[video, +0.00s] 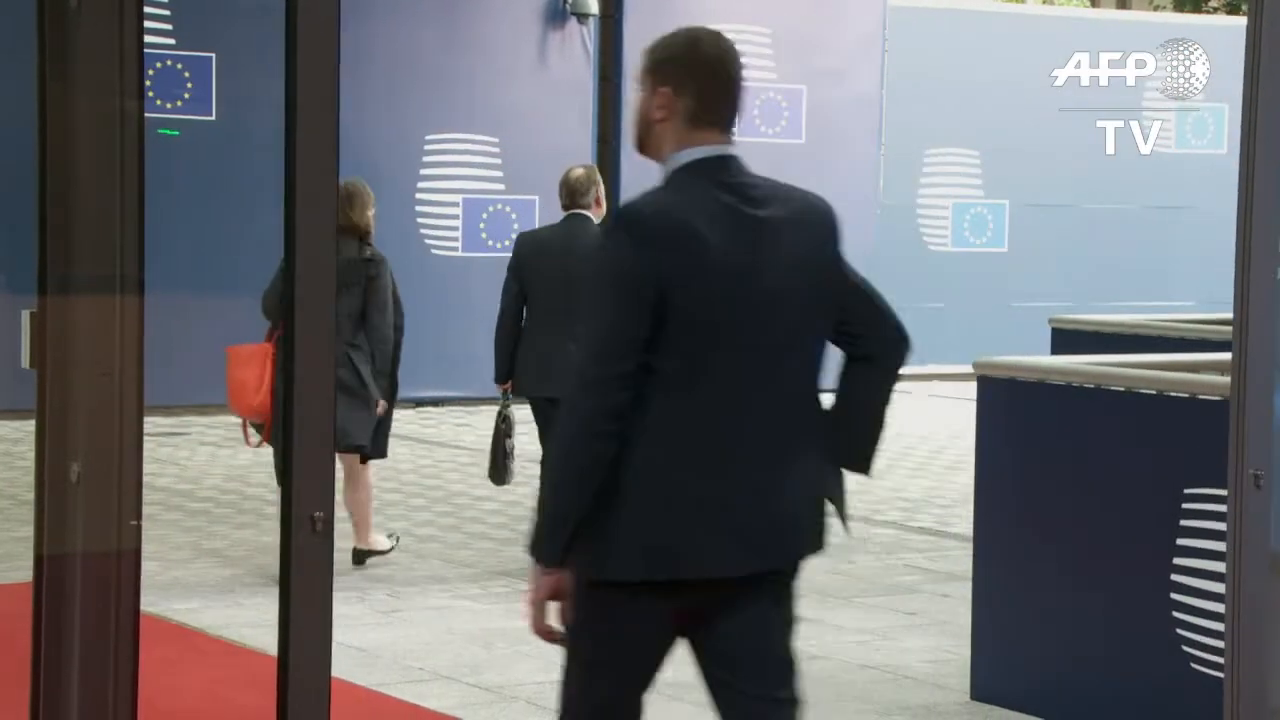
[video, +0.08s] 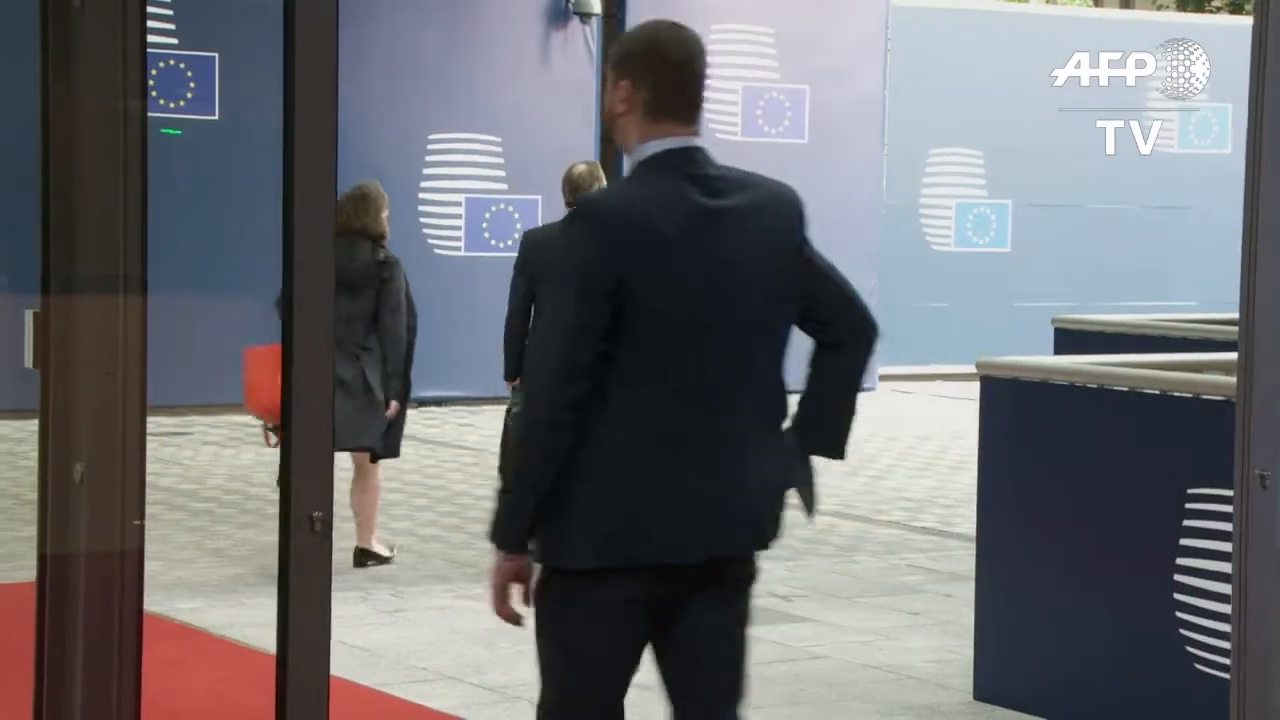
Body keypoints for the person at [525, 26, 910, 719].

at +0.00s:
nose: (634, 107)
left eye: (639, 93)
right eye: (639, 92)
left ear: (662, 102)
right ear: (732, 107)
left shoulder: (640, 227)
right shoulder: (803, 221)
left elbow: (596, 400)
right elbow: (881, 340)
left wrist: (551, 549)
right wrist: (831, 454)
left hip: (635, 553)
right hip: (757, 552)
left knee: (594, 709)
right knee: (765, 708)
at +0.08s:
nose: (603, 104)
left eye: (606, 90)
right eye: (608, 89)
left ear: (622, 95)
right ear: (699, 99)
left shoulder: (596, 225)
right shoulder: (770, 212)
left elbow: (549, 395)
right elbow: (851, 329)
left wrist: (511, 537)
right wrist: (801, 447)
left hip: (598, 548)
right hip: (718, 546)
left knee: (577, 711)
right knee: (711, 710)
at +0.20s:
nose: (573, 100)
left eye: (574, 87)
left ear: (579, 95)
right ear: (666, 96)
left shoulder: (559, 212)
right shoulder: (733, 208)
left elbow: (506, 372)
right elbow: (805, 332)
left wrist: (463, 516)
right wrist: (762, 449)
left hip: (574, 521)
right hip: (689, 516)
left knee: (564, 705)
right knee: (647, 690)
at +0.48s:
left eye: (518, 102)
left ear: (521, 111)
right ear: (607, 108)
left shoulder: (495, 216)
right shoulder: (671, 220)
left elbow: (431, 364)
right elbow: (703, 370)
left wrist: (389, 493)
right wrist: (661, 469)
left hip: (527, 506)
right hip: (635, 502)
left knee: (555, 699)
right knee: (566, 689)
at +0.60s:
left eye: (504, 109)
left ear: (505, 117)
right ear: (591, 115)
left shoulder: (478, 216)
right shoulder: (647, 230)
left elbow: (417, 356)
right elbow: (668, 380)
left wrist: (384, 472)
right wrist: (618, 455)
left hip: (497, 500)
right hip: (597, 497)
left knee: (517, 698)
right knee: (542, 692)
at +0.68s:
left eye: (493, 108)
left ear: (494, 115)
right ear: (578, 114)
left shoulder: (471, 204)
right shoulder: (630, 225)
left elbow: (410, 343)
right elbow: (637, 374)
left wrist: (382, 456)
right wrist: (614, 467)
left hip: (473, 493)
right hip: (578, 491)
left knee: (451, 689)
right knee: (535, 690)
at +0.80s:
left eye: (470, 106)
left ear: (473, 111)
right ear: (556, 111)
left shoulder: (450, 198)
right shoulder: (607, 223)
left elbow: (387, 344)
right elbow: (608, 368)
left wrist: (385, 435)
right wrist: (565, 440)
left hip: (446, 488)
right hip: (553, 489)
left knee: (388, 665)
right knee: (524, 692)